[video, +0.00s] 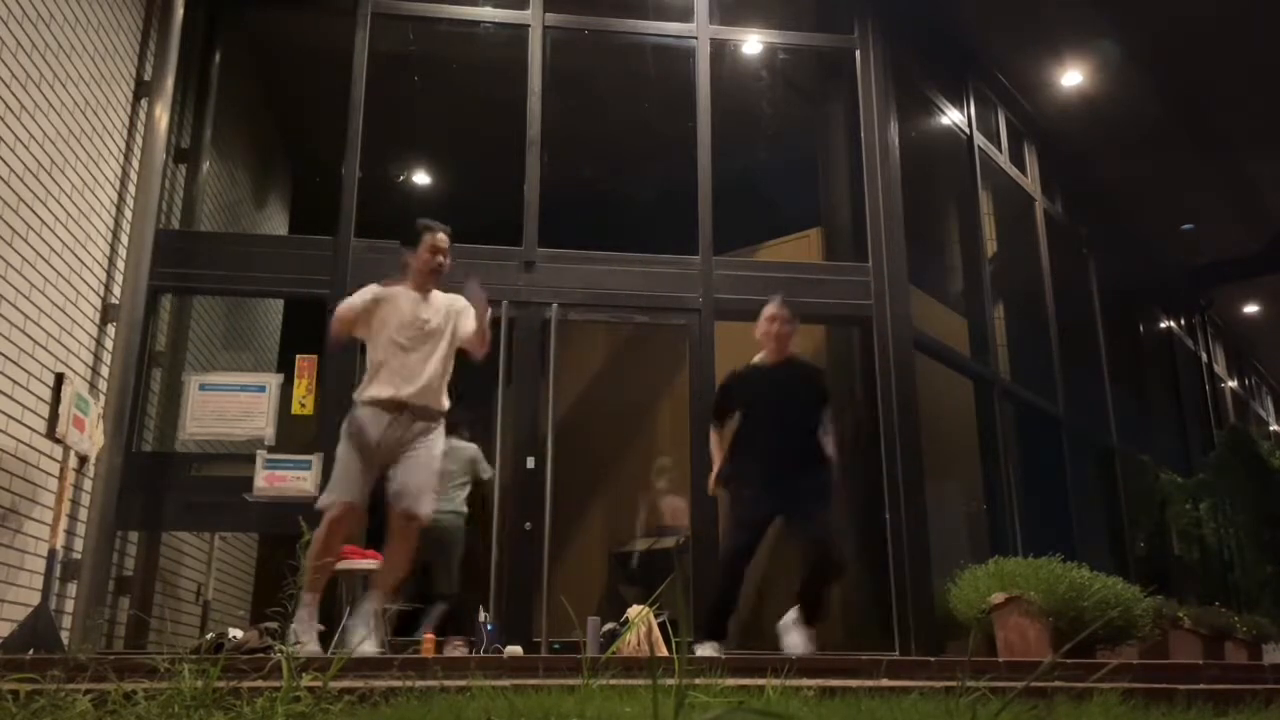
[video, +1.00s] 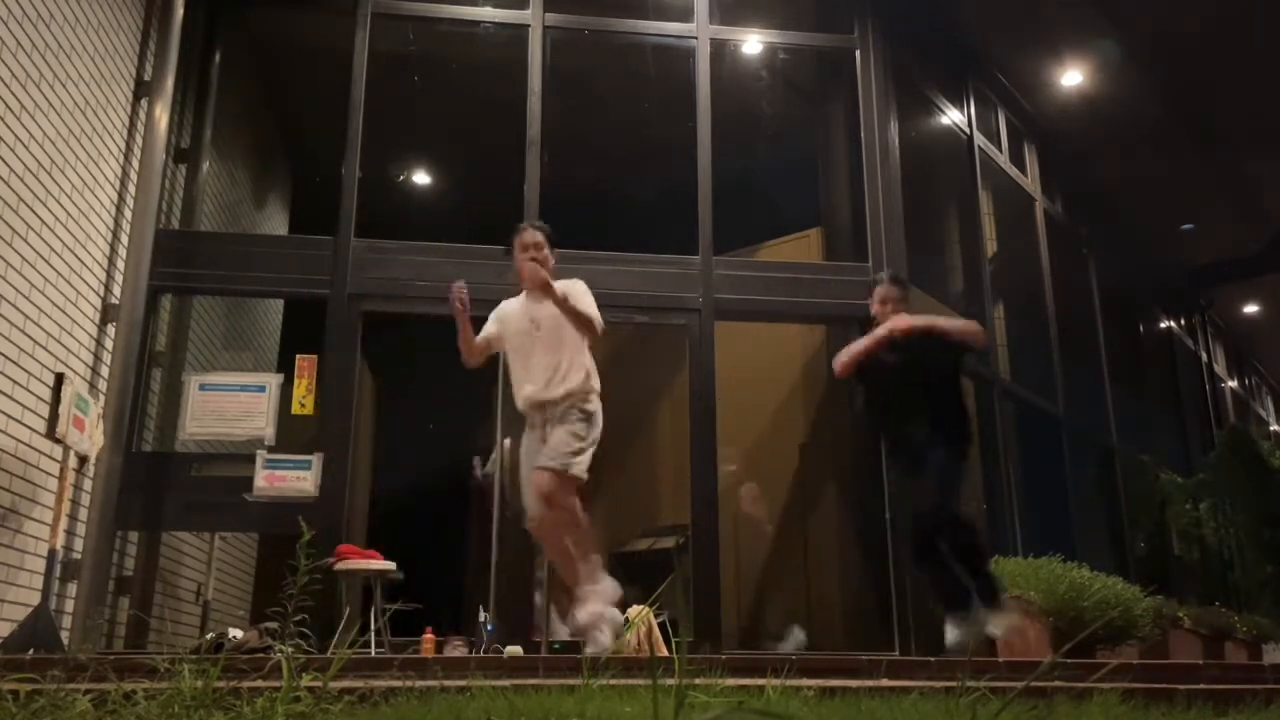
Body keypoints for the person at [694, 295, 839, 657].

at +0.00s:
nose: (777, 328)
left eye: (784, 321)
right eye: (770, 320)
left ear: (795, 329)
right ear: (757, 328)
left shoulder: (812, 376)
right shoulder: (743, 378)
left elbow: (827, 425)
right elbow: (715, 422)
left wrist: (836, 462)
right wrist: (719, 463)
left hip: (804, 479)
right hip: (753, 480)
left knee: (825, 554)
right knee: (734, 558)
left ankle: (799, 620)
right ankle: (711, 638)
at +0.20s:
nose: (774, 335)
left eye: (781, 330)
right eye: (768, 328)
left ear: (791, 337)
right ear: (756, 335)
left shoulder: (803, 380)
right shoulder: (738, 385)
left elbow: (841, 424)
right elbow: (718, 433)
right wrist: (721, 477)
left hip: (792, 484)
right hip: (746, 486)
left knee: (815, 549)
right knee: (734, 558)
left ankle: (785, 612)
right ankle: (712, 639)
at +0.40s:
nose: (816, 308)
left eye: (823, 302)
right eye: (810, 302)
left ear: (835, 308)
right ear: (798, 307)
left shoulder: (850, 342)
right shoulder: (788, 345)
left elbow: (884, 370)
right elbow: (752, 358)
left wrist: (833, 346)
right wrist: (745, 396)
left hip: (841, 452)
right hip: (791, 451)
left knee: (856, 526)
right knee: (757, 514)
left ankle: (850, 612)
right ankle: (747, 600)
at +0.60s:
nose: (859, 329)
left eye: (866, 323)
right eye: (853, 322)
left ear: (876, 332)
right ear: (840, 329)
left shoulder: (889, 382)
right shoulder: (824, 376)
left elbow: (905, 436)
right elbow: (795, 405)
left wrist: (877, 462)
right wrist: (792, 439)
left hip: (874, 481)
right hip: (826, 476)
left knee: (877, 563)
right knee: (811, 545)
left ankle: (865, 639)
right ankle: (857, 569)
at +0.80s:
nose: (877, 333)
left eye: (884, 327)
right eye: (870, 326)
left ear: (894, 334)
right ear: (858, 333)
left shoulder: (917, 374)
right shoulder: (851, 387)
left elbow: (954, 416)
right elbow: (853, 446)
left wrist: (924, 418)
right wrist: (898, 418)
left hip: (925, 475)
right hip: (880, 483)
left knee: (891, 524)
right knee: (927, 556)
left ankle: (891, 626)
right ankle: (977, 633)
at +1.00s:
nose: (890, 311)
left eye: (896, 303)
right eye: (882, 303)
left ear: (908, 304)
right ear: (872, 307)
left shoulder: (934, 337)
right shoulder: (869, 349)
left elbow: (979, 335)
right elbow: (840, 366)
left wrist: (919, 324)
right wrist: (882, 334)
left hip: (947, 440)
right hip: (903, 448)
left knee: (944, 518)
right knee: (919, 530)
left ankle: (991, 603)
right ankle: (957, 612)